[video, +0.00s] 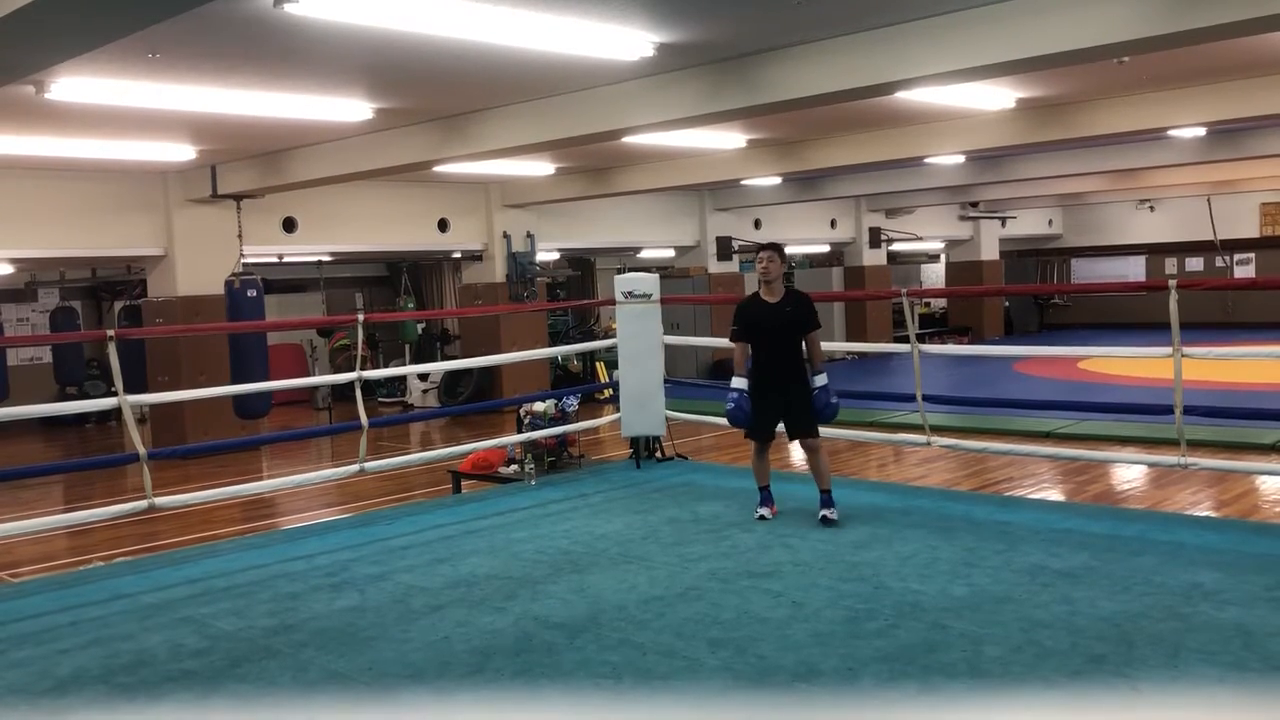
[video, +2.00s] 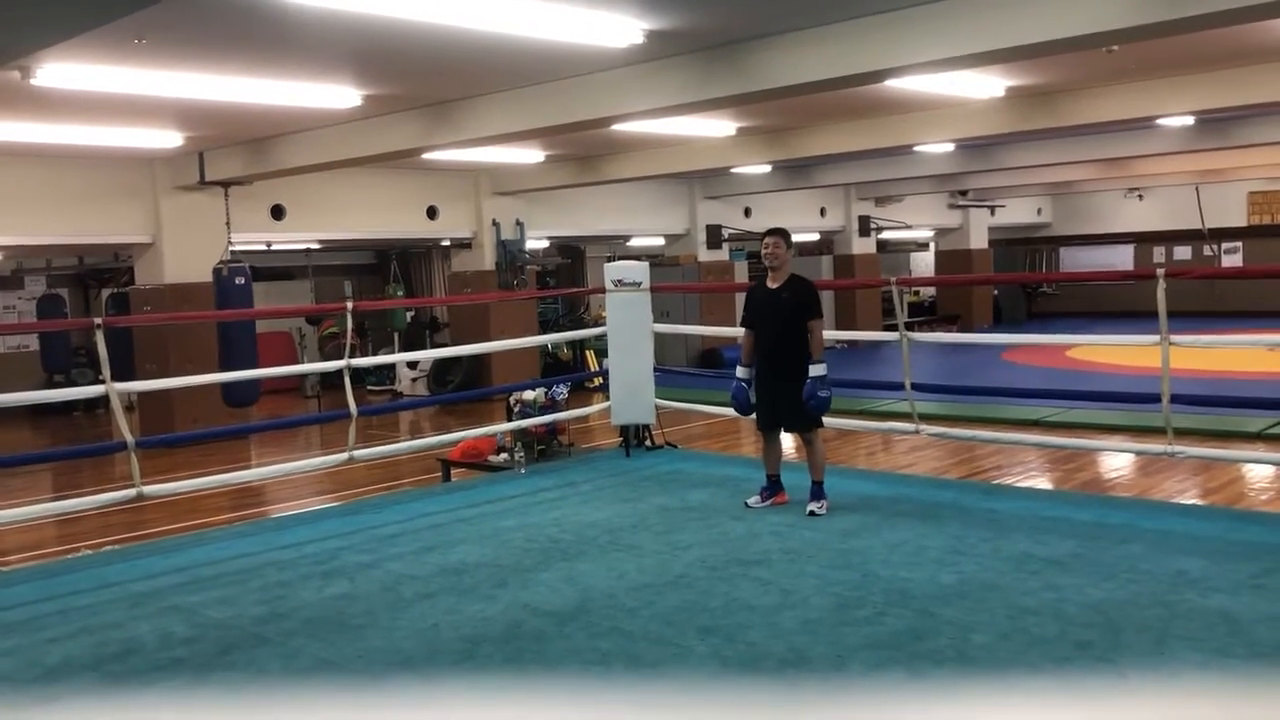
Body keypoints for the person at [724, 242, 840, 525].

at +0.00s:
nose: (764, 265)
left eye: (770, 261)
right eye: (760, 261)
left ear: (783, 266)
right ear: (756, 268)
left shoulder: (800, 301)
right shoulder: (746, 307)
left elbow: (813, 345)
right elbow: (740, 351)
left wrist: (821, 384)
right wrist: (737, 389)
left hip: (797, 385)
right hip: (761, 388)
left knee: (812, 443)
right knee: (760, 446)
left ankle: (827, 501)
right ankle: (765, 501)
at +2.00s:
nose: (769, 251)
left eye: (776, 246)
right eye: (766, 246)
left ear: (789, 252)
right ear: (761, 252)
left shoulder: (804, 288)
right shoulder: (756, 291)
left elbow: (816, 332)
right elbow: (748, 336)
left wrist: (818, 374)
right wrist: (742, 377)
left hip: (798, 375)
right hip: (766, 376)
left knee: (809, 434)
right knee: (768, 432)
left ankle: (817, 492)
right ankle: (773, 487)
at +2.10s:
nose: (771, 251)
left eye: (777, 246)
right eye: (767, 246)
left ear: (790, 252)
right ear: (762, 252)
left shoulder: (805, 288)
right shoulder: (757, 291)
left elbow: (816, 333)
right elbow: (750, 336)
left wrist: (817, 374)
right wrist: (744, 377)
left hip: (799, 375)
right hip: (767, 375)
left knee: (810, 434)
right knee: (770, 432)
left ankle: (818, 492)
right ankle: (774, 487)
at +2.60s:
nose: (775, 251)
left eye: (781, 246)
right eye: (771, 246)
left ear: (794, 250)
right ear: (766, 252)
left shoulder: (809, 287)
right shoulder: (760, 291)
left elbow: (821, 331)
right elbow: (753, 335)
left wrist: (822, 372)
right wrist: (749, 376)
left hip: (804, 374)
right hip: (771, 374)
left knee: (815, 433)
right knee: (774, 431)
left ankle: (824, 491)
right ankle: (780, 485)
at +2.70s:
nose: (776, 251)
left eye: (783, 246)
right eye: (772, 246)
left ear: (795, 250)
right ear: (767, 252)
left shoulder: (810, 285)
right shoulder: (761, 290)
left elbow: (822, 327)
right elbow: (754, 334)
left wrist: (818, 368)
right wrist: (750, 375)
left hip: (804, 371)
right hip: (772, 372)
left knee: (816, 432)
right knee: (775, 430)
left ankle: (825, 491)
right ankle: (781, 485)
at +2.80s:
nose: (777, 250)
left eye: (783, 245)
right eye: (772, 245)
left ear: (795, 249)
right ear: (767, 251)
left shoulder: (810, 284)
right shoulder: (761, 290)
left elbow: (820, 318)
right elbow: (754, 333)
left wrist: (810, 351)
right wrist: (750, 375)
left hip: (801, 367)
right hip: (770, 369)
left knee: (816, 431)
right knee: (775, 430)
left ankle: (825, 490)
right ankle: (781, 485)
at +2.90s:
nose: (778, 251)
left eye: (784, 246)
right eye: (774, 246)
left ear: (797, 251)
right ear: (768, 253)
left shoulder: (810, 285)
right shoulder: (762, 291)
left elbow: (817, 321)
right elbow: (755, 336)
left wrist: (799, 329)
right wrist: (750, 377)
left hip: (804, 370)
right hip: (772, 371)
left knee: (817, 430)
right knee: (776, 429)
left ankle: (825, 491)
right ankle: (781, 485)